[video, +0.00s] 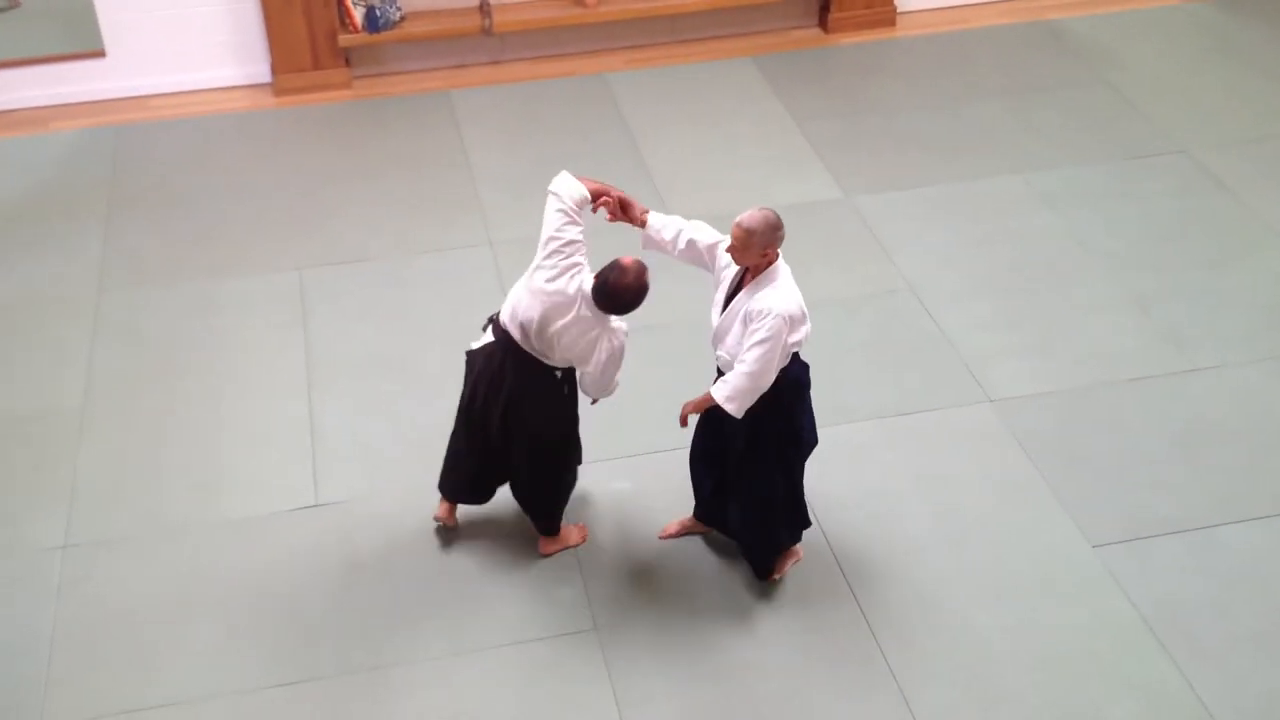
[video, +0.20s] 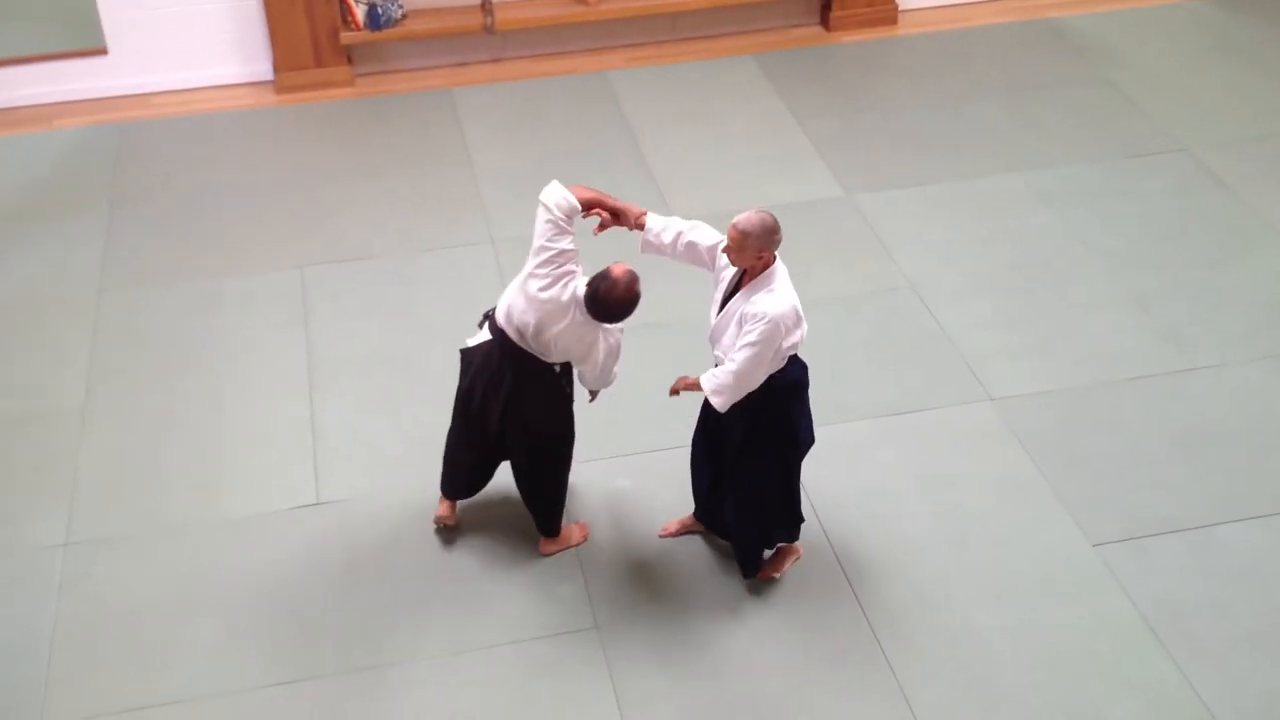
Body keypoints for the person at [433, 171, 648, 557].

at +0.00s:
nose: (631, 258)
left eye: (625, 262)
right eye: (640, 266)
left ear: (602, 272)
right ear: (628, 307)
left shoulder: (564, 259)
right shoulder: (609, 339)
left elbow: (565, 189)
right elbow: (597, 388)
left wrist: (605, 191)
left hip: (496, 352)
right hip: (545, 380)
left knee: (472, 428)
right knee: (550, 455)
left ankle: (447, 505)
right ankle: (550, 534)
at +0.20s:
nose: (624, 265)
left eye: (617, 269)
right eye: (631, 273)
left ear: (593, 279)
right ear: (621, 315)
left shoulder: (555, 264)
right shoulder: (602, 341)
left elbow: (560, 198)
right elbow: (596, 381)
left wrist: (613, 205)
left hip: (492, 350)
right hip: (542, 377)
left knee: (469, 427)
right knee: (547, 451)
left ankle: (447, 503)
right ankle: (551, 534)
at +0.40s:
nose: (619, 269)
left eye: (613, 275)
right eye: (629, 277)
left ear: (590, 285)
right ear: (618, 322)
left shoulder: (551, 266)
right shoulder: (599, 345)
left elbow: (555, 207)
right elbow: (591, 379)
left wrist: (614, 213)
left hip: (488, 354)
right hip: (540, 379)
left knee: (462, 429)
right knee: (543, 455)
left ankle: (443, 505)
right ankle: (550, 535)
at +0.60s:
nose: (619, 267)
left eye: (614, 274)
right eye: (630, 277)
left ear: (592, 286)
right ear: (618, 322)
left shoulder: (551, 269)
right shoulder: (602, 341)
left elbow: (553, 213)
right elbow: (586, 373)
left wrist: (607, 213)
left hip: (488, 357)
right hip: (541, 380)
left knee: (459, 429)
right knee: (543, 456)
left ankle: (443, 507)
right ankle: (550, 534)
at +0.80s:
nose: (622, 263)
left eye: (617, 270)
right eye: (632, 270)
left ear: (596, 287)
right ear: (622, 321)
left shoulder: (554, 271)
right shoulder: (603, 343)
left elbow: (555, 214)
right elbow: (578, 364)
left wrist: (607, 211)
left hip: (488, 360)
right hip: (543, 383)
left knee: (458, 433)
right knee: (544, 457)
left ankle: (445, 510)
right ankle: (551, 533)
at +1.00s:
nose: (624, 258)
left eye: (621, 266)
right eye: (634, 265)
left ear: (601, 282)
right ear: (624, 316)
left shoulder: (558, 266)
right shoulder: (604, 337)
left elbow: (561, 209)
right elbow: (579, 358)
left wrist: (613, 214)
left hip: (488, 358)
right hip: (544, 379)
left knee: (460, 432)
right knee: (546, 453)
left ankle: (446, 509)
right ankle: (553, 530)